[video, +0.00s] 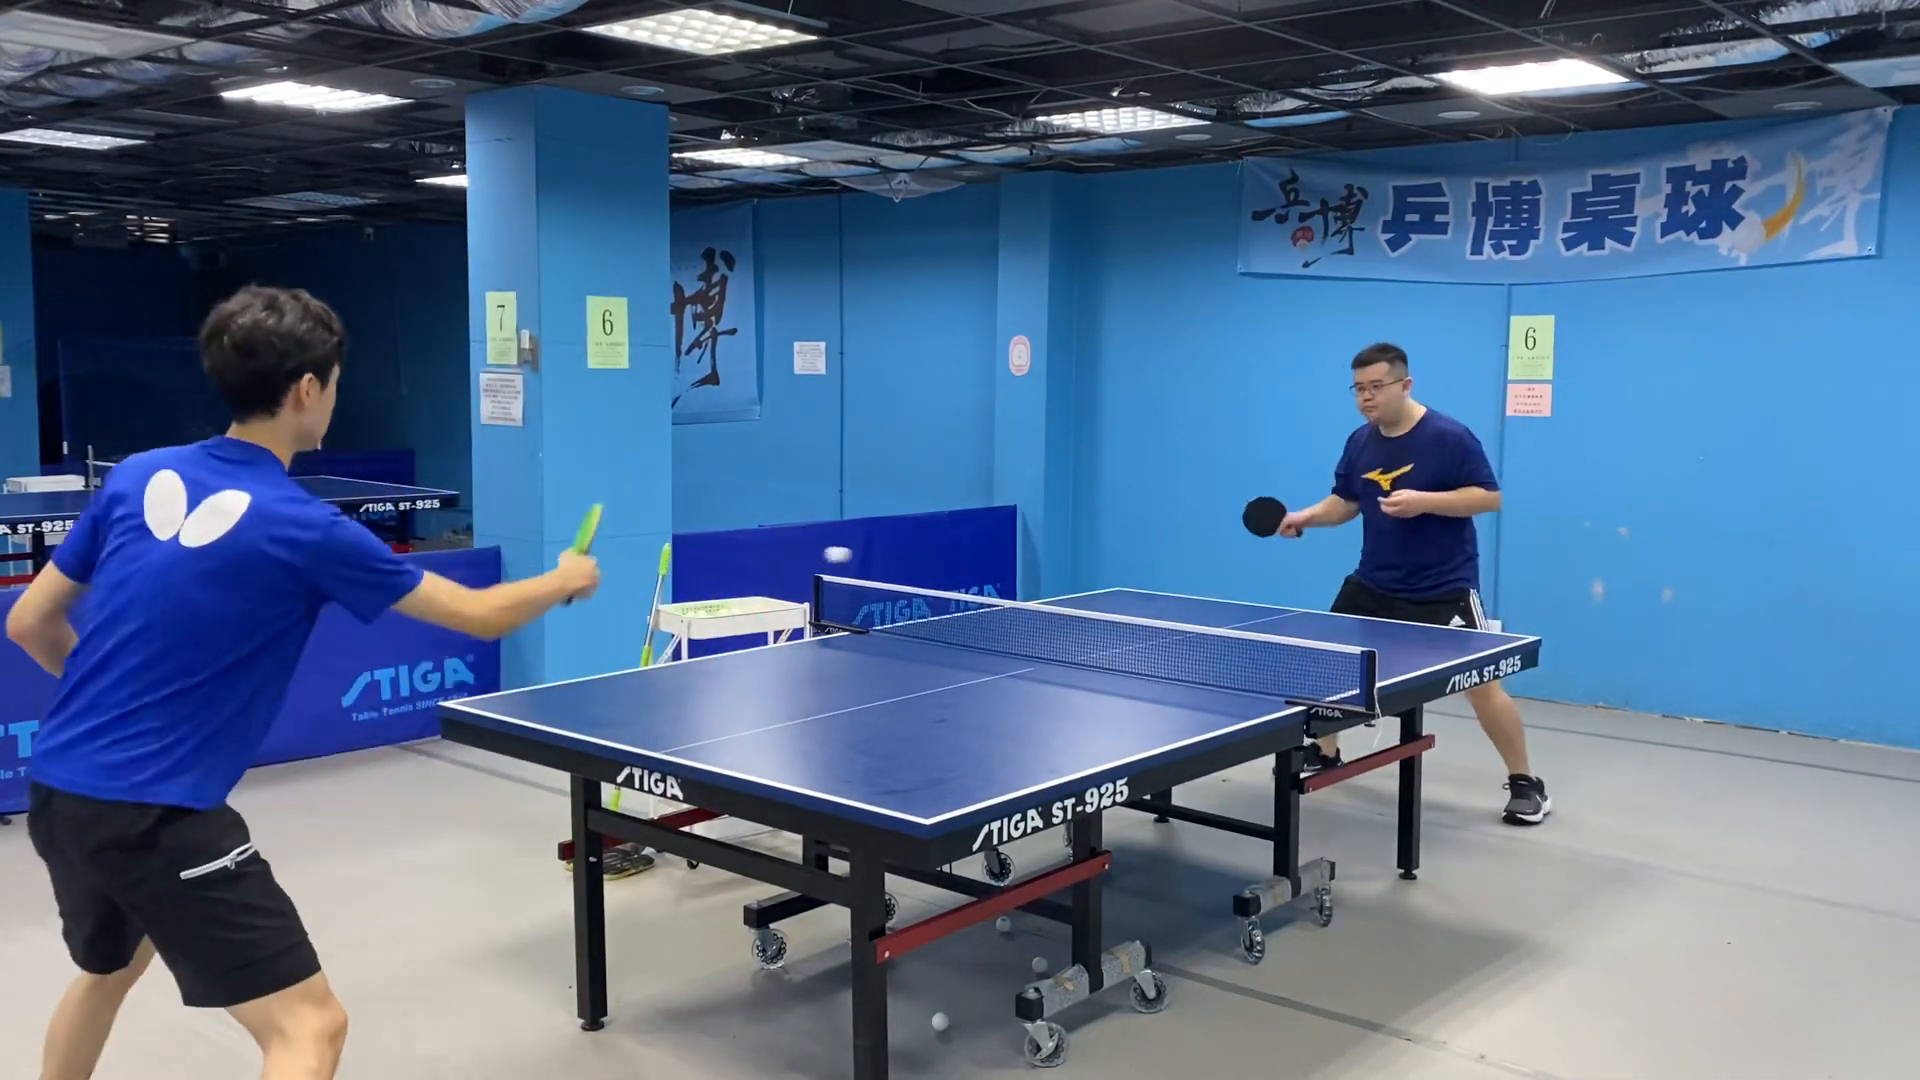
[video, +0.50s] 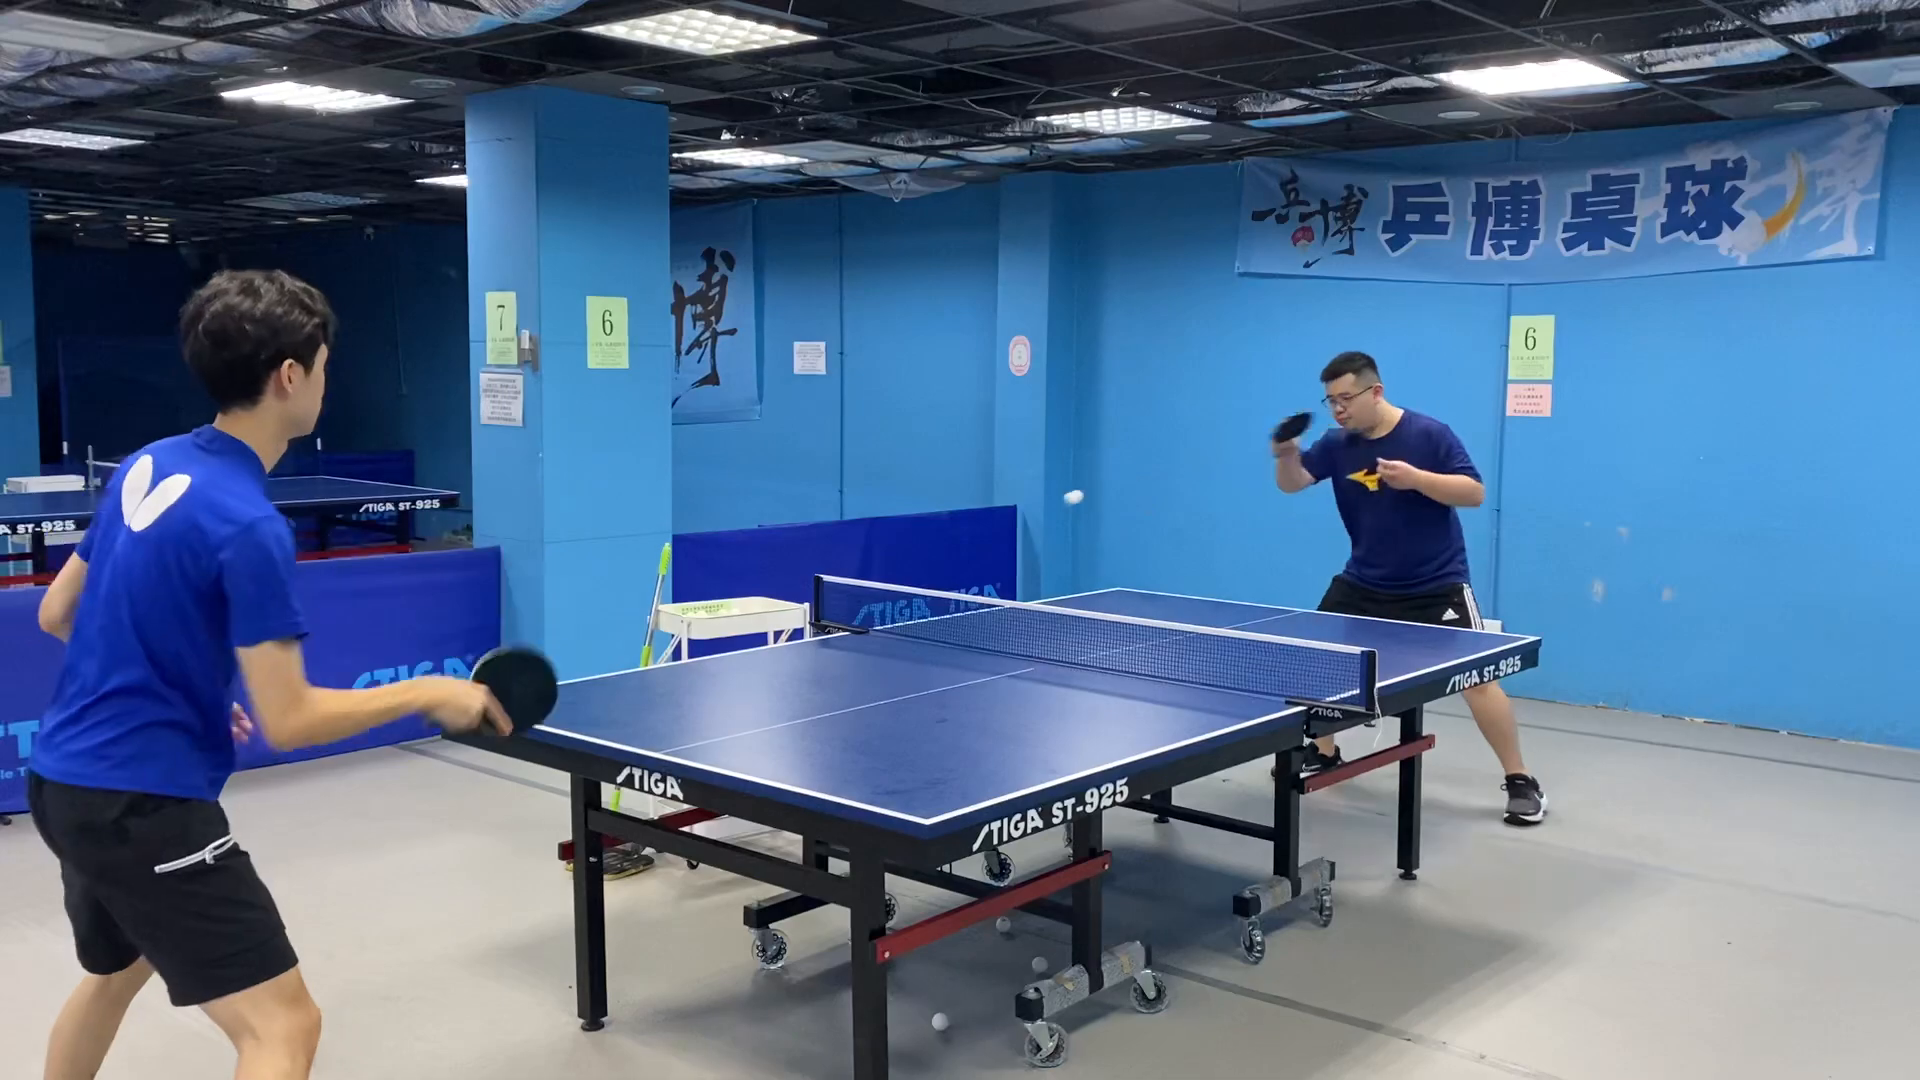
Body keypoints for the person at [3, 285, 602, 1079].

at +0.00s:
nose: (333, 401)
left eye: (332, 382)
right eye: (331, 382)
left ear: (230, 381)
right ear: (303, 390)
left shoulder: (136, 478)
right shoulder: (303, 525)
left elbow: (30, 622)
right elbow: (482, 614)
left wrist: (114, 695)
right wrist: (566, 580)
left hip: (61, 792)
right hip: (157, 810)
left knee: (112, 955)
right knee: (306, 1028)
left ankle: (53, 1076)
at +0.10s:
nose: (312, 380)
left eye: (312, 361)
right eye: (311, 362)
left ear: (208, 368)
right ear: (284, 373)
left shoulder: (118, 471)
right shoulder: (298, 504)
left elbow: (15, 619)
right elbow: (480, 574)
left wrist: (90, 689)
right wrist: (577, 529)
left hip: (64, 789)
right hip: (168, 804)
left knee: (98, 962)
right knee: (306, 1026)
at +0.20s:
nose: (300, 370)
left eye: (298, 352)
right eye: (297, 353)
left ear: (196, 364)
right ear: (269, 368)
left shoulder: (109, 471)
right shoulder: (288, 499)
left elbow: (10, 621)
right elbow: (468, 584)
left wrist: (79, 690)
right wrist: (549, 522)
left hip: (68, 791)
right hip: (176, 804)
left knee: (102, 961)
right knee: (308, 1024)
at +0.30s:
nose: (299, 371)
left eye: (295, 353)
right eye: (294, 354)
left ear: (192, 365)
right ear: (265, 368)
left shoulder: (108, 472)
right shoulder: (279, 503)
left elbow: (14, 624)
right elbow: (444, 622)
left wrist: (87, 690)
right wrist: (515, 550)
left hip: (68, 792)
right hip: (176, 806)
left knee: (105, 963)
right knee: (308, 1024)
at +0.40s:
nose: (309, 370)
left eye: (306, 351)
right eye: (305, 352)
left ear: (202, 361)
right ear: (273, 366)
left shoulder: (118, 466)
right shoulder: (272, 510)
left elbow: (31, 616)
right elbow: (389, 669)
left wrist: (113, 677)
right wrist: (485, 608)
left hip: (64, 782)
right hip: (164, 801)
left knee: (105, 962)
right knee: (293, 1025)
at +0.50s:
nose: (324, 387)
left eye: (324, 368)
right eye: (322, 367)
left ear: (217, 370)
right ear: (286, 376)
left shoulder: (146, 466)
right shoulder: (246, 522)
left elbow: (59, 613)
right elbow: (288, 720)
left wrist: (194, 693)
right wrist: (428, 694)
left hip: (65, 775)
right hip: (144, 797)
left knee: (114, 970)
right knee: (280, 1026)